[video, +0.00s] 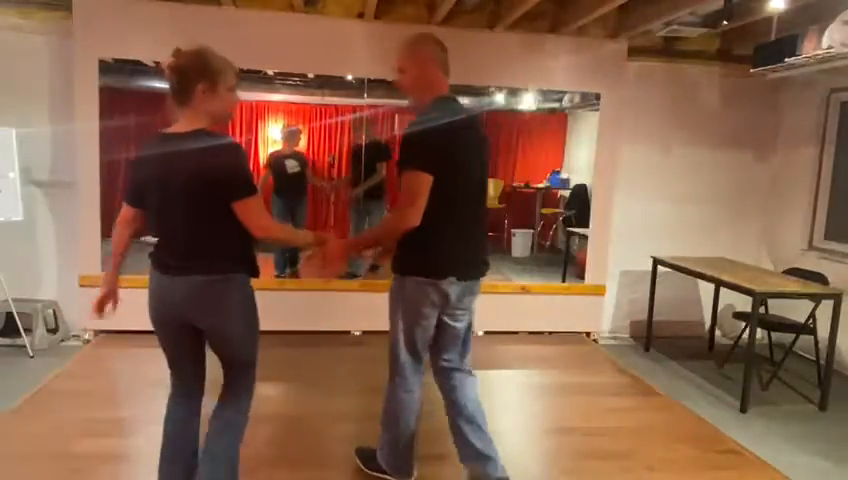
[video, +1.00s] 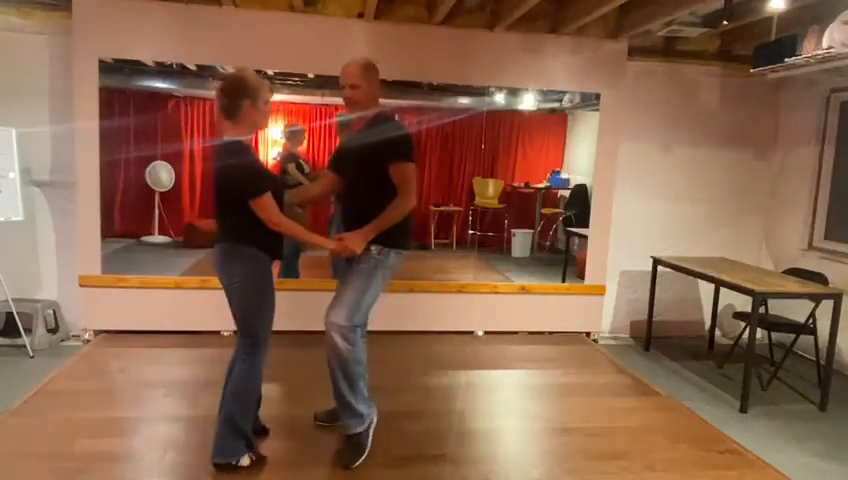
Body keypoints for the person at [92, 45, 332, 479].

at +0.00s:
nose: (235, 101)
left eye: (235, 91)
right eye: (230, 91)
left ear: (194, 93)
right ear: (203, 93)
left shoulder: (152, 153)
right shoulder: (225, 153)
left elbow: (126, 223)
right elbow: (262, 227)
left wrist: (109, 279)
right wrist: (313, 239)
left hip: (165, 291)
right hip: (221, 291)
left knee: (184, 384)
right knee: (239, 378)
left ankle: (173, 475)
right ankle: (214, 473)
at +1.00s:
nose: (270, 112)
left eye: (269, 105)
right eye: (265, 105)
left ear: (232, 108)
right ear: (247, 108)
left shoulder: (231, 153)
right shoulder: (241, 159)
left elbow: (272, 201)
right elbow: (274, 220)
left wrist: (316, 189)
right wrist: (329, 245)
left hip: (237, 255)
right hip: (246, 259)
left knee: (252, 342)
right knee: (252, 347)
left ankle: (243, 418)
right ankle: (230, 449)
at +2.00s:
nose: (267, 117)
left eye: (266, 111)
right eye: (264, 110)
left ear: (233, 114)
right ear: (248, 113)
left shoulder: (228, 155)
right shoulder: (243, 158)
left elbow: (265, 201)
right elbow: (269, 217)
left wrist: (301, 194)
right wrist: (306, 251)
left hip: (235, 257)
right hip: (244, 261)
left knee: (254, 343)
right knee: (274, 341)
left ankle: (235, 429)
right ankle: (238, 433)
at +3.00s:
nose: (271, 111)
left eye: (271, 104)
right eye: (269, 103)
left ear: (233, 104)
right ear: (254, 103)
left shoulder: (225, 149)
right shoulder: (248, 150)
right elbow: (272, 210)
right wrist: (306, 249)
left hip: (236, 253)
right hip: (250, 258)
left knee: (258, 343)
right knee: (250, 353)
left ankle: (249, 424)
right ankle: (230, 459)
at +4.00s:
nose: (267, 109)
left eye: (267, 101)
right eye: (263, 101)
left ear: (223, 103)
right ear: (244, 104)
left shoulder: (215, 150)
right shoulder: (243, 157)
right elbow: (284, 219)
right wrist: (325, 258)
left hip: (226, 261)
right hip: (249, 266)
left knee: (247, 345)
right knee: (255, 357)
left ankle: (223, 422)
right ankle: (235, 459)